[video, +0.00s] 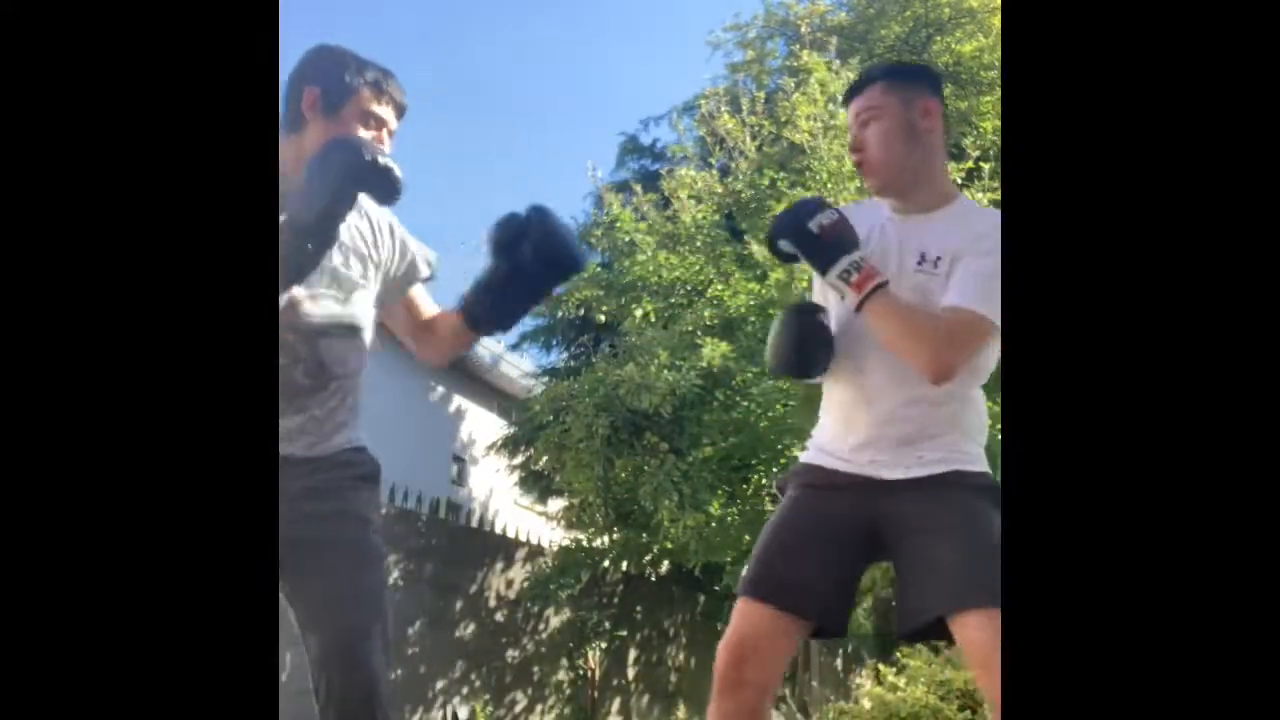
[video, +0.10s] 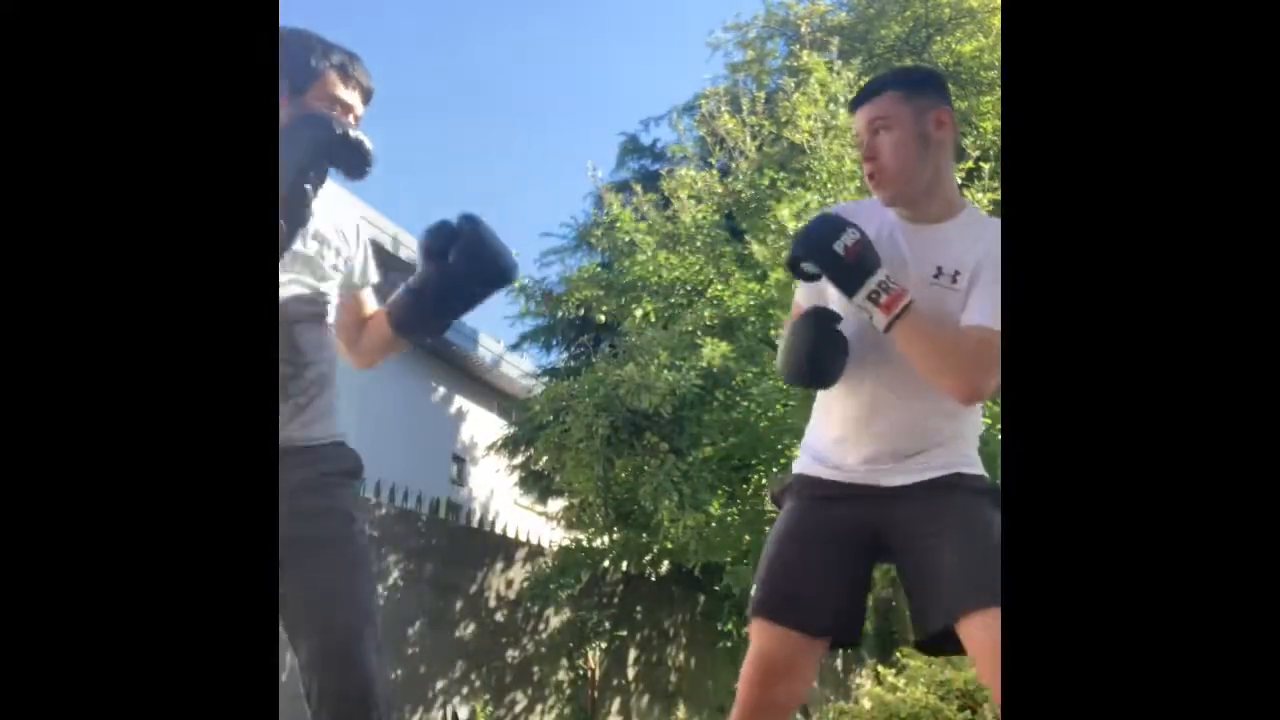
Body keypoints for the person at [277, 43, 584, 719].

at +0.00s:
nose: (385, 147)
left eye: (391, 135)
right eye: (374, 125)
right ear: (313, 103)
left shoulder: (374, 227)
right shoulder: (284, 206)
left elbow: (431, 340)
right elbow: (284, 294)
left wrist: (511, 285)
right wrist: (310, 217)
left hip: (324, 474)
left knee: (356, 683)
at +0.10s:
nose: (347, 128)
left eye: (355, 117)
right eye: (335, 107)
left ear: (353, 123)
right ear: (286, 98)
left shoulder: (338, 215)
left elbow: (361, 344)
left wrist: (433, 293)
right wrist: (295, 173)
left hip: (311, 462)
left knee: (350, 690)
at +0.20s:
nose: (319, 126)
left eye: (325, 115)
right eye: (308, 103)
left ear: (325, 121)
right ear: (277, 86)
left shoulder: (297, 225)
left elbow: (331, 334)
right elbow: (330, 333)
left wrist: (403, 266)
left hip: (288, 454)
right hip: (289, 454)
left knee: (342, 684)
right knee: (337, 683)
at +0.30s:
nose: (307, 116)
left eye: (313, 98)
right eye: (302, 93)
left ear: (308, 109)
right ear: (277, 95)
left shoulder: (291, 197)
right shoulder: (286, 197)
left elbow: (332, 315)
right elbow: (332, 314)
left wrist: (381, 205)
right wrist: (385, 206)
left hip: (281, 446)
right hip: (282, 448)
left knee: (337, 664)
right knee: (336, 665)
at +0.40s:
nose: (352, 77)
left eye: (356, 65)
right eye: (343, 59)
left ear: (326, 82)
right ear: (299, 64)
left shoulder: (292, 178)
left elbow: (359, 282)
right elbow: (359, 280)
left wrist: (382, 161)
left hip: (282, 432)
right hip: (281, 435)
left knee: (321, 650)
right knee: (318, 652)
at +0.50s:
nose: (329, 95)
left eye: (332, 80)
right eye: (320, 71)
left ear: (327, 75)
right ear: (289, 52)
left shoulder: (299, 179)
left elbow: (393, 278)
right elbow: (316, 215)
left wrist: (414, 159)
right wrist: (368, 101)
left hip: (285, 438)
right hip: (282, 436)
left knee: (311, 657)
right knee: (305, 660)